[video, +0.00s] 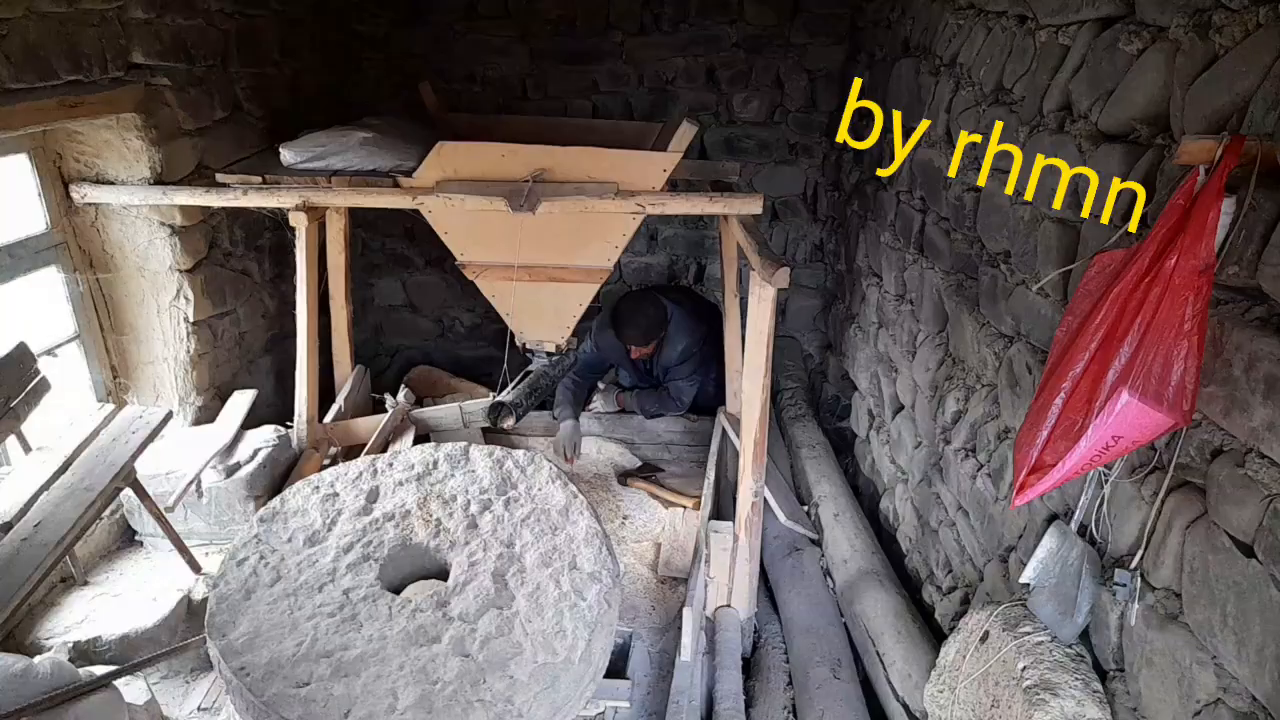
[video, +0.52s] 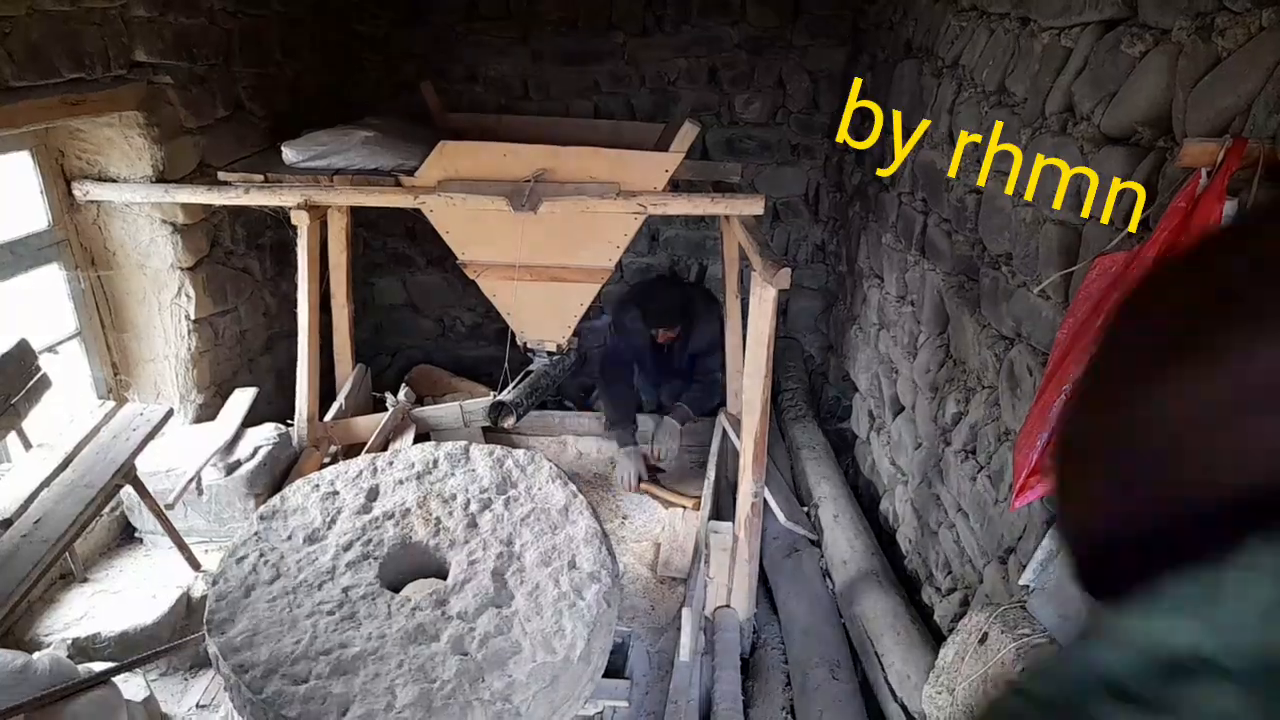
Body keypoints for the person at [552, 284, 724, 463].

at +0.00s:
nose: (633, 354)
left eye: (642, 347)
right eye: (628, 346)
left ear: (660, 336)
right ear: (619, 334)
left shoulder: (684, 345)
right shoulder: (607, 333)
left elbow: (676, 401)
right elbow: (574, 379)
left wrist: (620, 400)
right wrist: (567, 420)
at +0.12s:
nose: (646, 381)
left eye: (655, 375)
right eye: (641, 373)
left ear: (671, 365)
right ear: (631, 358)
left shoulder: (695, 362)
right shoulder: (617, 357)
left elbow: (679, 407)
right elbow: (597, 403)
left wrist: (634, 406)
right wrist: (582, 472)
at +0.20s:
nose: (653, 403)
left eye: (662, 397)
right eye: (648, 394)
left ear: (679, 381)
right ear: (638, 373)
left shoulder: (703, 379)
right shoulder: (618, 365)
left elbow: (680, 413)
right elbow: (593, 406)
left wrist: (632, 413)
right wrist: (568, 462)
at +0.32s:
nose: (656, 401)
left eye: (664, 395)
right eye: (651, 393)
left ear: (683, 379)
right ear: (641, 369)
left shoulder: (704, 375)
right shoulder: (621, 361)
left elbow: (683, 412)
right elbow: (597, 401)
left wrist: (630, 410)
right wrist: (576, 466)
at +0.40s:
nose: (648, 366)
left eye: (657, 361)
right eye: (644, 358)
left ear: (673, 355)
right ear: (635, 341)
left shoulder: (695, 361)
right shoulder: (621, 328)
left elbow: (677, 405)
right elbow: (593, 345)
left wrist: (618, 407)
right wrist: (588, 382)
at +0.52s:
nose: (662, 338)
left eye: (670, 331)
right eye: (656, 331)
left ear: (684, 322)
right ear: (645, 320)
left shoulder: (705, 315)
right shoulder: (628, 315)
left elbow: (711, 381)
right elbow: (614, 376)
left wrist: (676, 418)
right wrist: (626, 445)